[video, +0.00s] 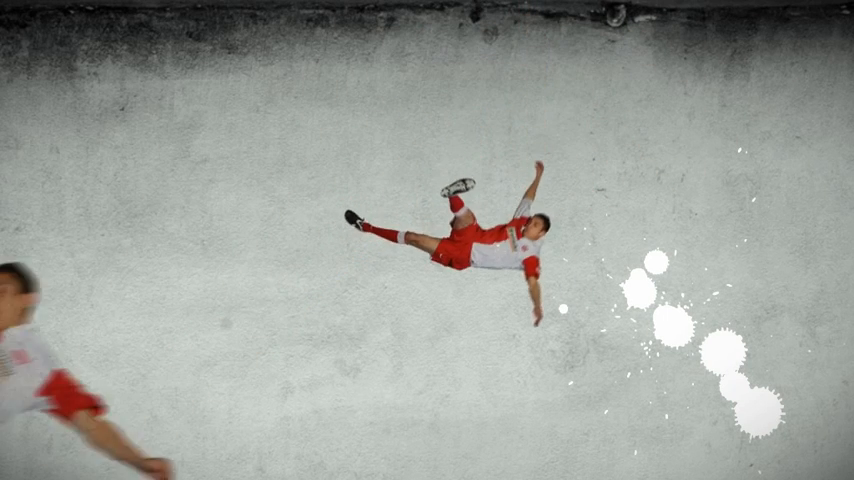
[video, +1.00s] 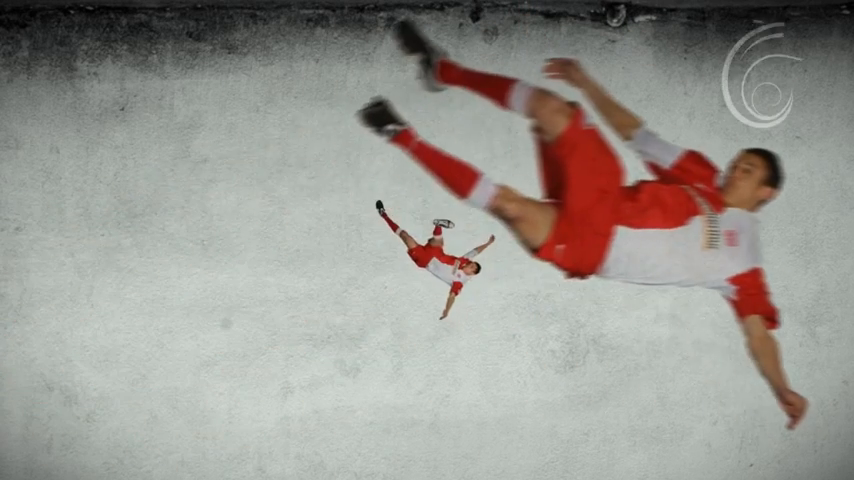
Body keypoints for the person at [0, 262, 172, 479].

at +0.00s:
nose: (0, 299)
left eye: (5, 292)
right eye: (1, 292)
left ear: (27, 299)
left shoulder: (24, 347)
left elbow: (84, 417)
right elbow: (84, 418)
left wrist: (140, 461)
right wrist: (141, 462)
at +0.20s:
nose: (144, 269)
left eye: (156, 263)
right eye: (142, 261)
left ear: (183, 274)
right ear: (136, 264)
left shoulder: (191, 347)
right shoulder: (116, 285)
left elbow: (233, 403)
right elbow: (38, 272)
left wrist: (276, 446)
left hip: (39, 397)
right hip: (31, 340)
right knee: (5, 296)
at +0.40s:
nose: (299, 240)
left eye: (312, 234)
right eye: (300, 230)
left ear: (337, 247)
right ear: (299, 233)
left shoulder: (340, 319)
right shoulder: (270, 249)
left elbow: (376, 380)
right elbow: (196, 231)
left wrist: (416, 430)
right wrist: (132, 199)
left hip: (192, 355)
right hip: (184, 299)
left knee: (110, 339)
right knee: (112, 231)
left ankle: (1, 314)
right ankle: (6, 230)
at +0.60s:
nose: (457, 211)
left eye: (470, 206)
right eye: (458, 202)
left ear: (500, 222)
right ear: (456, 206)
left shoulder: (490, 296)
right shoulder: (429, 214)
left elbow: (522, 359)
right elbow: (357, 187)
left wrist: (554, 408)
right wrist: (296, 148)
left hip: (333, 311)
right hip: (334, 252)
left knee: (249, 281)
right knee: (267, 175)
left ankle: (126, 240)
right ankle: (153, 167)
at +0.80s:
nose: (619, 173)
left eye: (633, 173)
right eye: (622, 164)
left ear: (651, 195)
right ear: (617, 168)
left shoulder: (635, 260)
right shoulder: (584, 174)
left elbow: (662, 331)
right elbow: (514, 142)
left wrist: (691, 384)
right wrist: (464, 100)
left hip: (483, 264)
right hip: (490, 205)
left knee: (400, 227)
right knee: (427, 124)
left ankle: (283, 172)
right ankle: (315, 102)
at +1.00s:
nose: (732, 175)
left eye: (746, 174)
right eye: (735, 167)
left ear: (764, 194)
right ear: (729, 172)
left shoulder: (744, 264)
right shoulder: (698, 174)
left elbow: (759, 335)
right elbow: (636, 134)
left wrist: (782, 390)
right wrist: (586, 83)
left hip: (588, 247)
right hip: (606, 187)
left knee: (507, 201)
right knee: (553, 107)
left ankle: (400, 136)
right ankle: (444, 72)